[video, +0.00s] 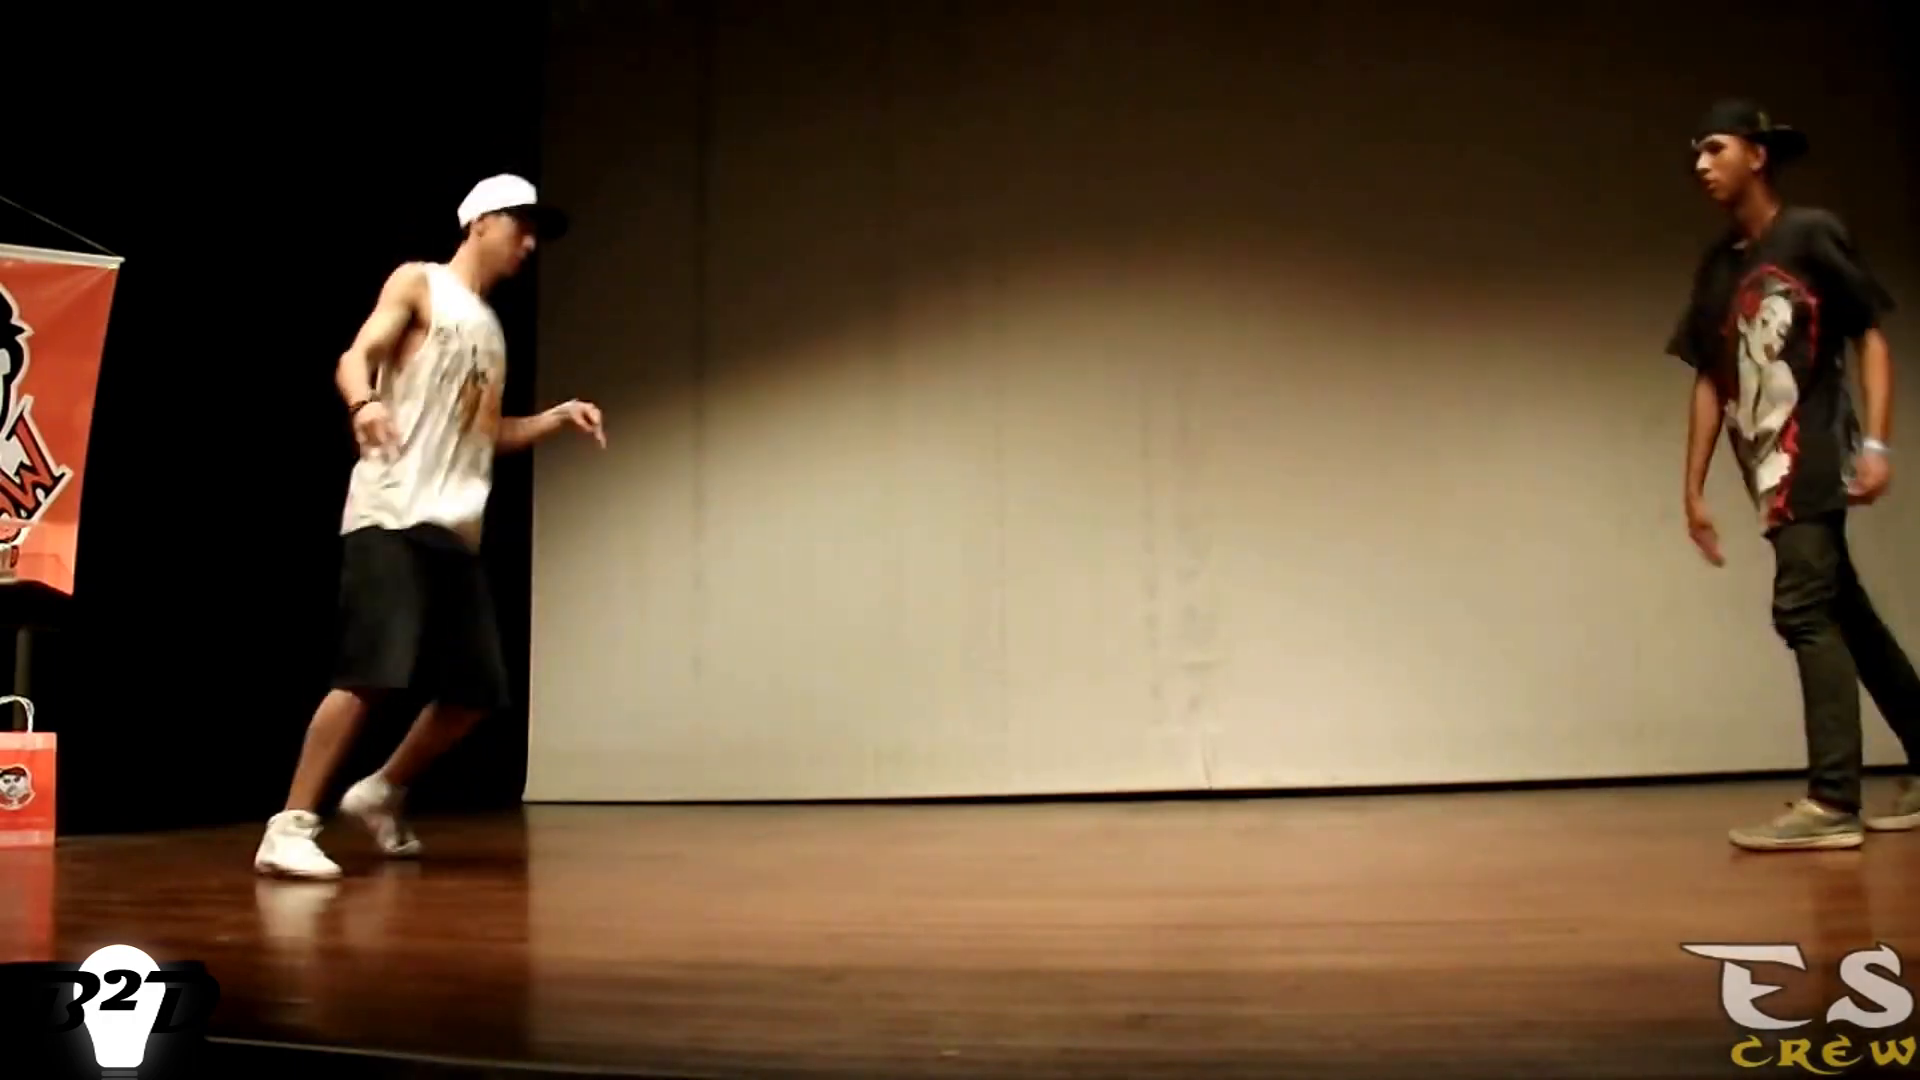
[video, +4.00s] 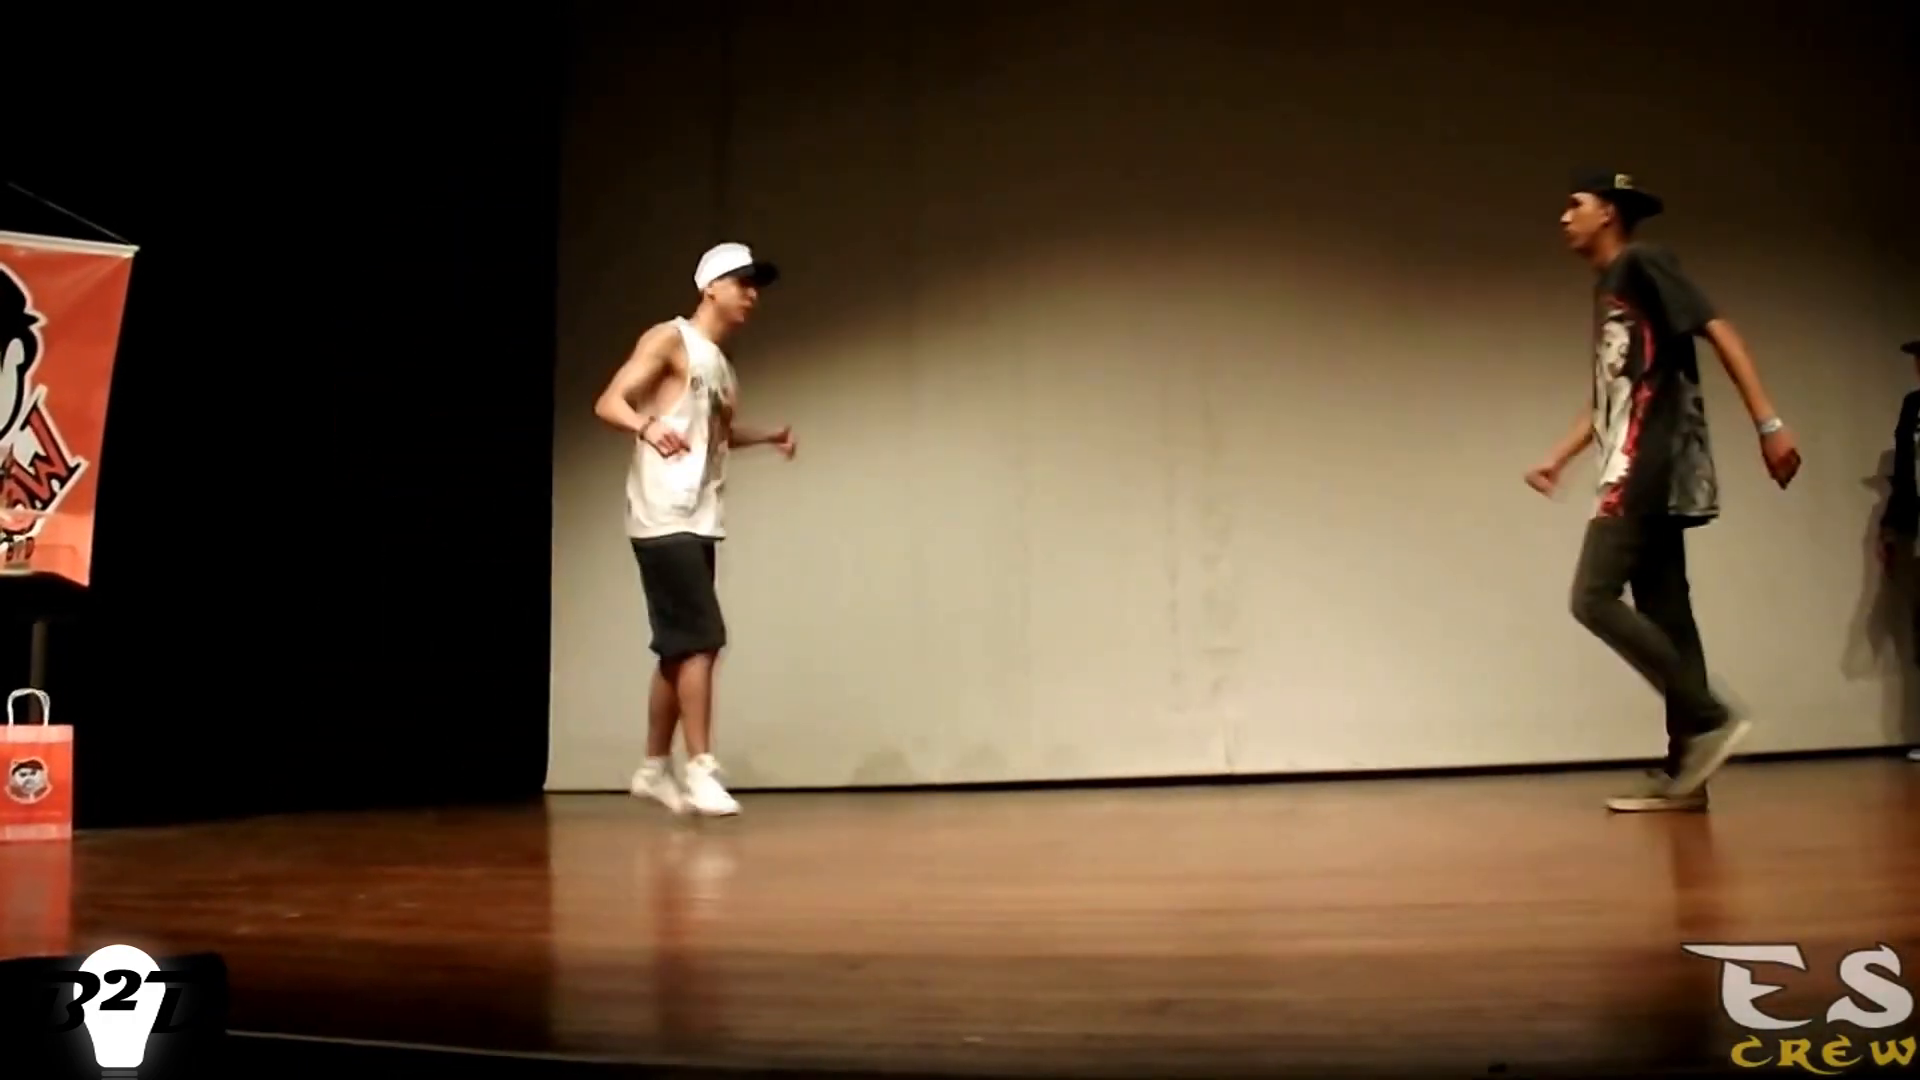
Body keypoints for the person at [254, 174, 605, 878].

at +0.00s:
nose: (527, 243)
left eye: (531, 232)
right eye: (519, 226)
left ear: (510, 240)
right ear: (479, 225)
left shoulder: (489, 331)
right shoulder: (416, 282)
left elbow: (490, 432)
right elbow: (355, 358)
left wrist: (558, 417)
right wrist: (363, 404)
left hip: (452, 530)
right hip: (386, 514)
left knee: (474, 689)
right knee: (372, 668)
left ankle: (380, 794)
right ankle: (291, 826)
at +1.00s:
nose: (677, 380)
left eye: (684, 373)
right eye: (680, 369)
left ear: (665, 356)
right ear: (658, 347)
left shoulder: (633, 395)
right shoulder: (582, 373)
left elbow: (639, 471)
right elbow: (523, 436)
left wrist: (699, 482)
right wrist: (479, 500)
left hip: (596, 555)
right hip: (566, 555)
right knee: (626, 678)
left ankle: (489, 772)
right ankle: (625, 807)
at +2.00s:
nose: (894, 282)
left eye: (902, 271)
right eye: (891, 264)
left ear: (877, 259)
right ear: (856, 241)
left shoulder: (835, 319)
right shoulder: (787, 282)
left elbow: (849, 421)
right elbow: (743, 372)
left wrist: (905, 423)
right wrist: (806, 432)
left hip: (844, 501)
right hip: (796, 497)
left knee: (907, 644)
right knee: (853, 639)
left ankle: (945, 795)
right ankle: (839, 811)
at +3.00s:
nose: (689, 267)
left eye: (693, 257)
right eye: (683, 251)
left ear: (675, 258)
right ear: (647, 242)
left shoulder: (646, 319)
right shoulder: (590, 286)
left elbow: (633, 397)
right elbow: (525, 346)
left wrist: (682, 398)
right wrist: (563, 380)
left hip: (604, 490)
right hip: (556, 482)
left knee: (583, 635)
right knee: (545, 626)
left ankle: (544, 766)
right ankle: (497, 760)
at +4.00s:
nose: (752, 294)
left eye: (754, 285)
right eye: (741, 283)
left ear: (743, 294)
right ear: (709, 287)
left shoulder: (719, 366)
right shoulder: (667, 340)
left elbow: (717, 436)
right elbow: (609, 402)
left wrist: (769, 436)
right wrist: (646, 427)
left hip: (698, 522)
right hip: (663, 521)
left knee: (680, 649)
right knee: (702, 638)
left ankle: (653, 768)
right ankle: (698, 767)